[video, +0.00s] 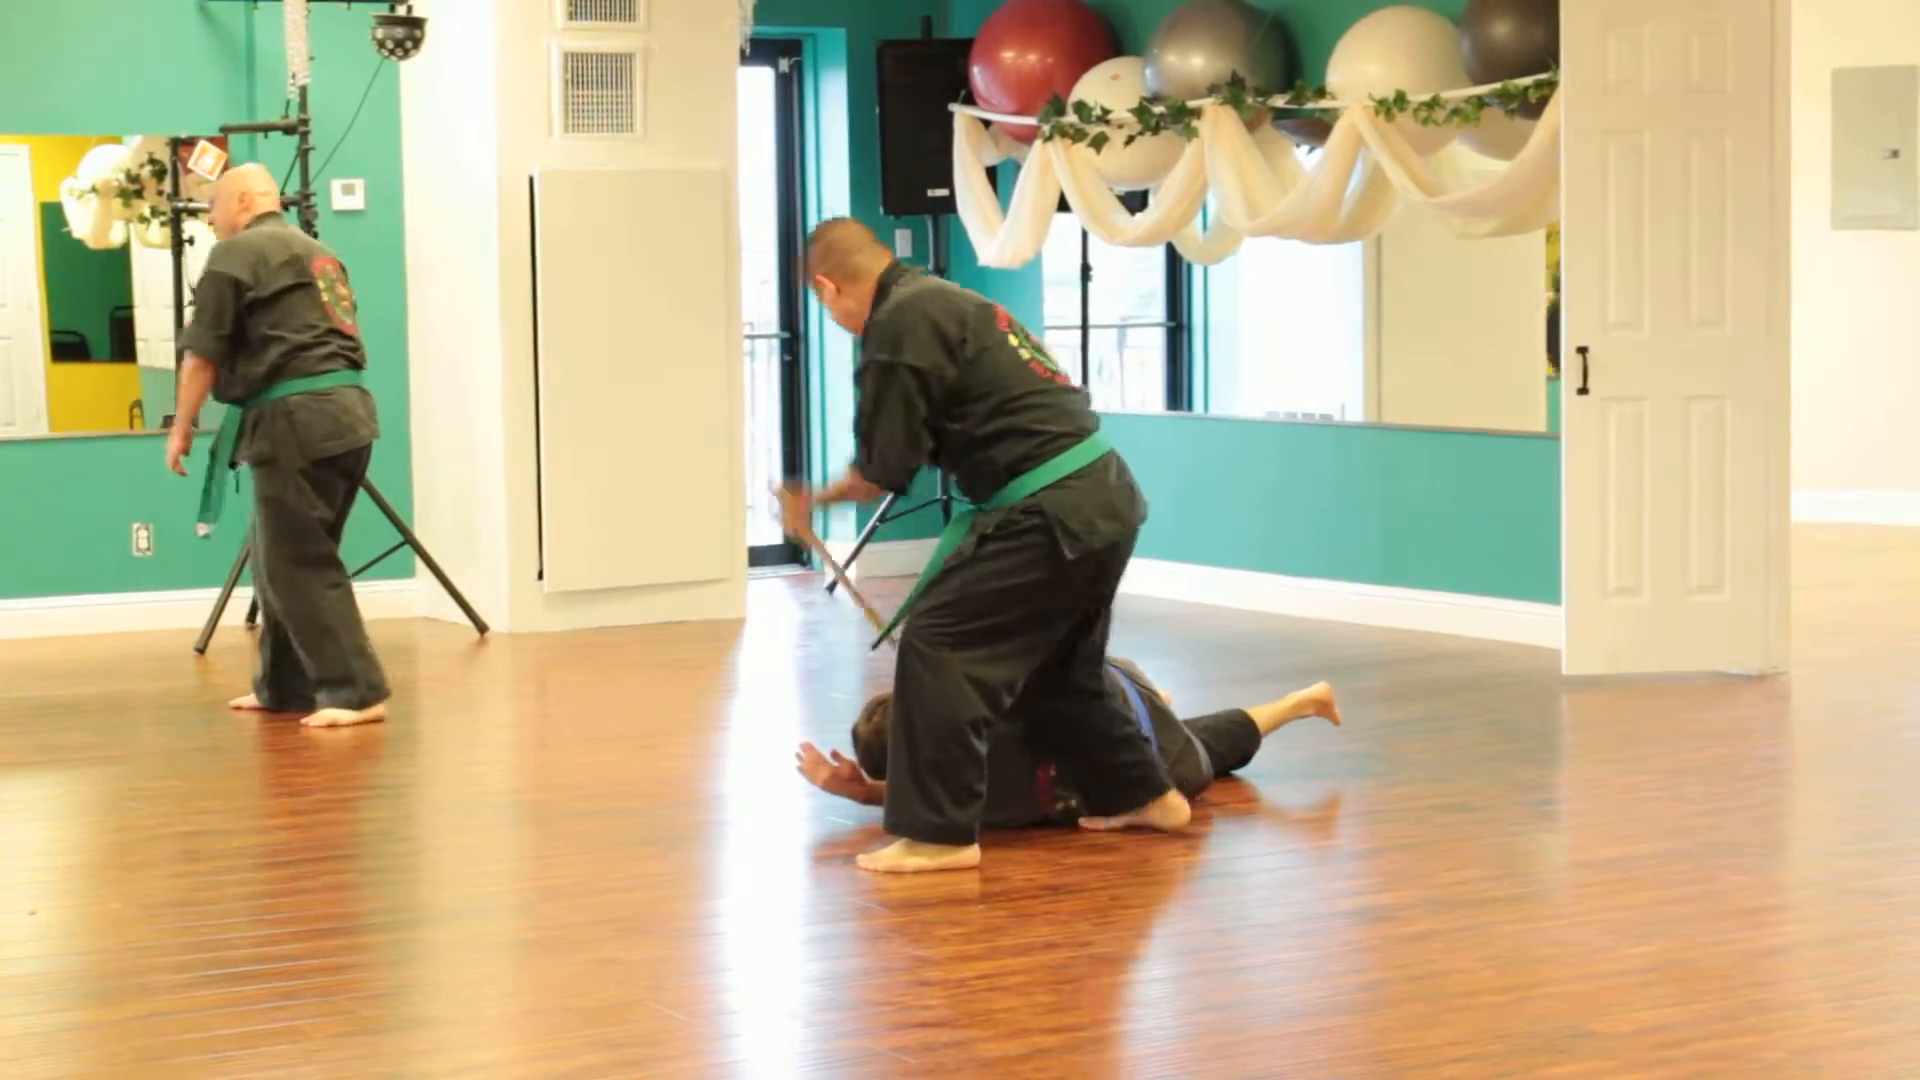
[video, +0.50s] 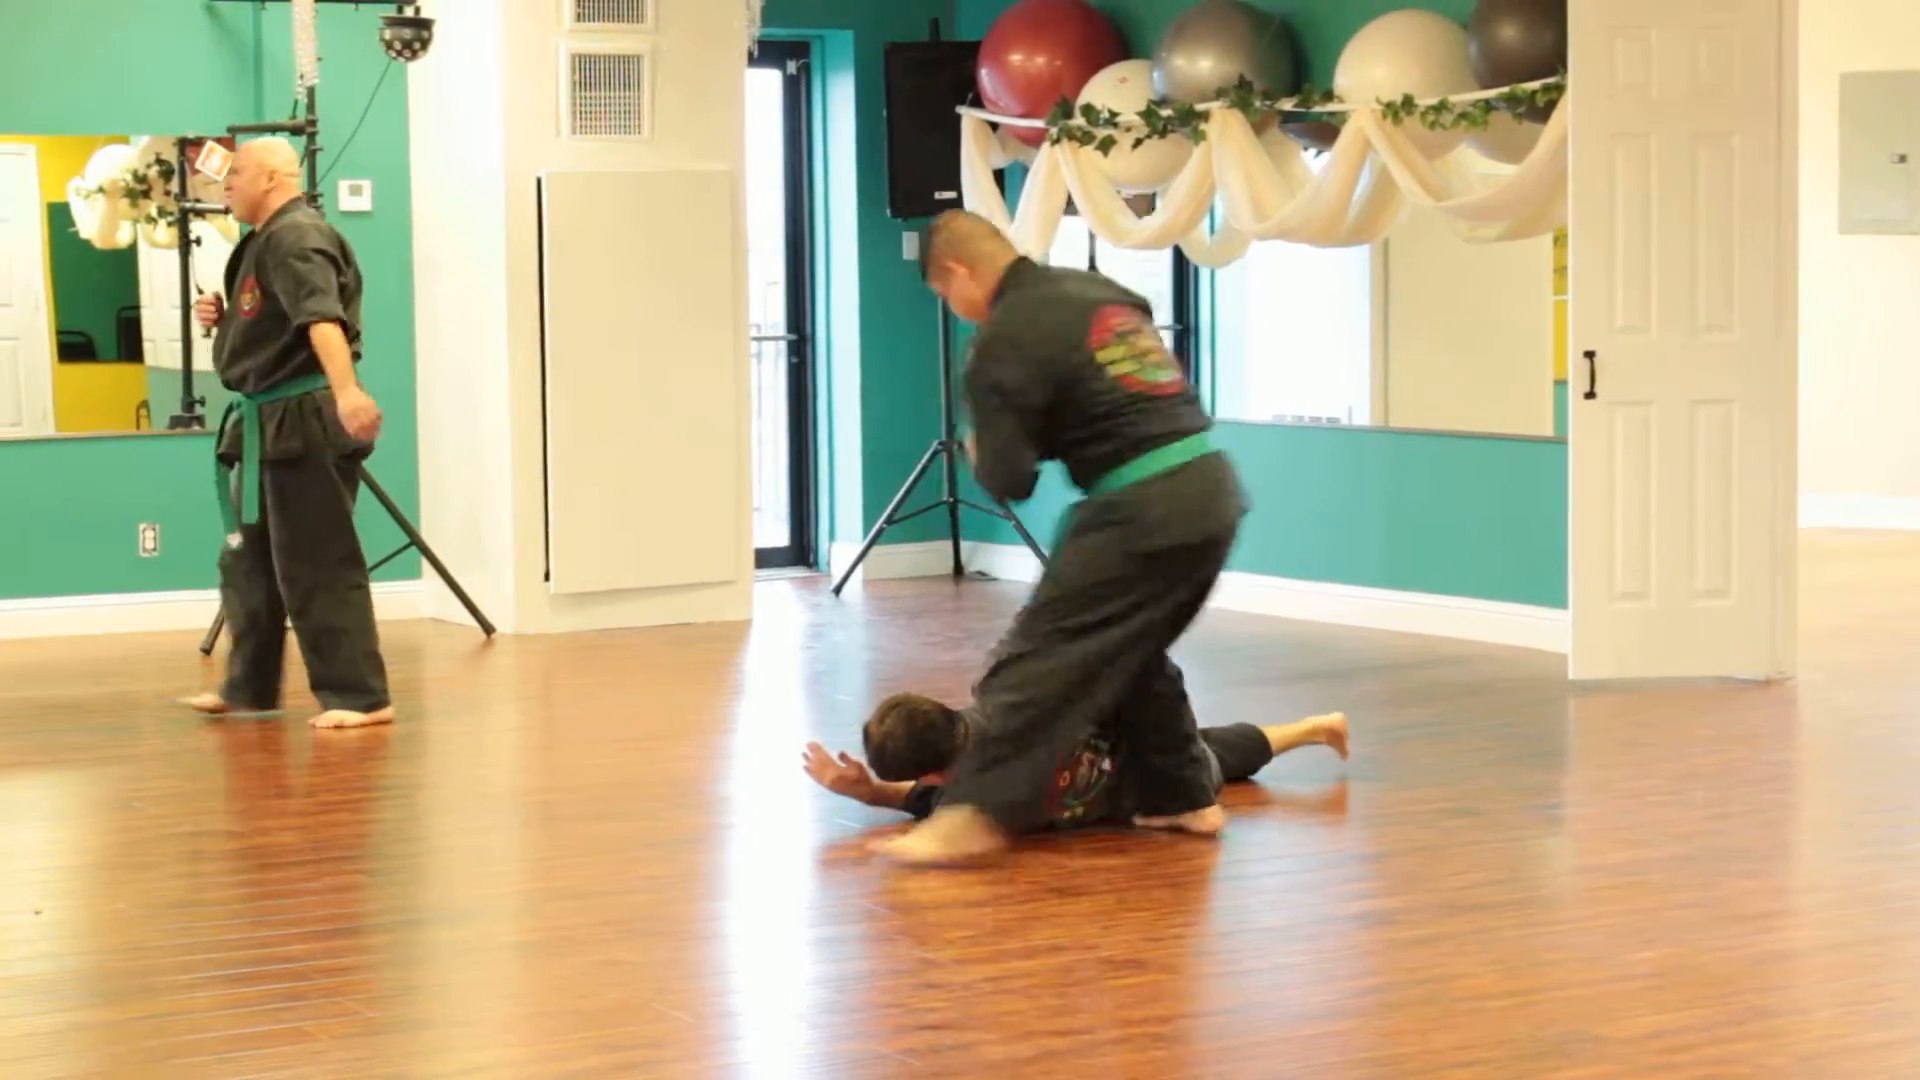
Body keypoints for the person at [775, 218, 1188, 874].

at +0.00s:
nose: (835, 318)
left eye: (828, 301)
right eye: (826, 304)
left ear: (840, 283)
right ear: (877, 263)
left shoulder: (901, 324)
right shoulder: (944, 300)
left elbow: (885, 465)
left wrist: (822, 493)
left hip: (1055, 507)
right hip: (1105, 490)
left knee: (936, 642)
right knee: (1060, 666)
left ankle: (938, 833)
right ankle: (1146, 795)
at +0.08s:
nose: (856, 306)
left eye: (850, 289)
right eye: (852, 291)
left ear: (862, 274)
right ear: (911, 253)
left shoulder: (904, 321)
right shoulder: (974, 299)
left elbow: (896, 454)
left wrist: (808, 453)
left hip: (1052, 508)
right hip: (1116, 491)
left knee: (928, 645)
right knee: (1080, 656)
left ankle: (937, 833)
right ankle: (1159, 795)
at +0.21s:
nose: (898, 287)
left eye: (895, 276)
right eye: (898, 277)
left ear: (909, 267)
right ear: (964, 253)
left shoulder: (916, 328)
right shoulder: (1035, 307)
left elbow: (881, 450)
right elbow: (1050, 417)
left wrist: (858, 414)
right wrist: (973, 466)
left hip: (1041, 521)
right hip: (1127, 504)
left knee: (903, 645)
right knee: (1098, 646)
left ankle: (930, 827)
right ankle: (1184, 803)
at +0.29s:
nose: (912, 294)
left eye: (909, 282)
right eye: (912, 283)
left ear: (921, 272)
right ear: (983, 257)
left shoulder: (925, 343)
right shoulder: (1069, 311)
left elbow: (912, 492)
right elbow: (1132, 428)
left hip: (1046, 529)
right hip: (1136, 512)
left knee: (921, 652)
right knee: (1106, 649)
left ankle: (924, 836)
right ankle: (1181, 799)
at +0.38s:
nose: (927, 308)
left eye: (922, 292)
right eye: (920, 294)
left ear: (936, 278)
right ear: (992, 259)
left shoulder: (945, 360)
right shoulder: (1091, 305)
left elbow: (966, 514)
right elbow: (1184, 385)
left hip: (1064, 532)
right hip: (1154, 511)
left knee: (945, 653)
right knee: (1117, 637)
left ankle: (926, 833)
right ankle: (1183, 797)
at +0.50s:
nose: (952, 308)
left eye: (944, 292)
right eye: (944, 295)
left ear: (961, 269)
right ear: (1001, 252)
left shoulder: (1005, 344)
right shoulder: (1099, 290)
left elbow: (1009, 478)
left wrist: (982, 445)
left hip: (1142, 507)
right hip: (1211, 491)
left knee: (1037, 655)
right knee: (1132, 650)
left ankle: (971, 812)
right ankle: (1186, 798)